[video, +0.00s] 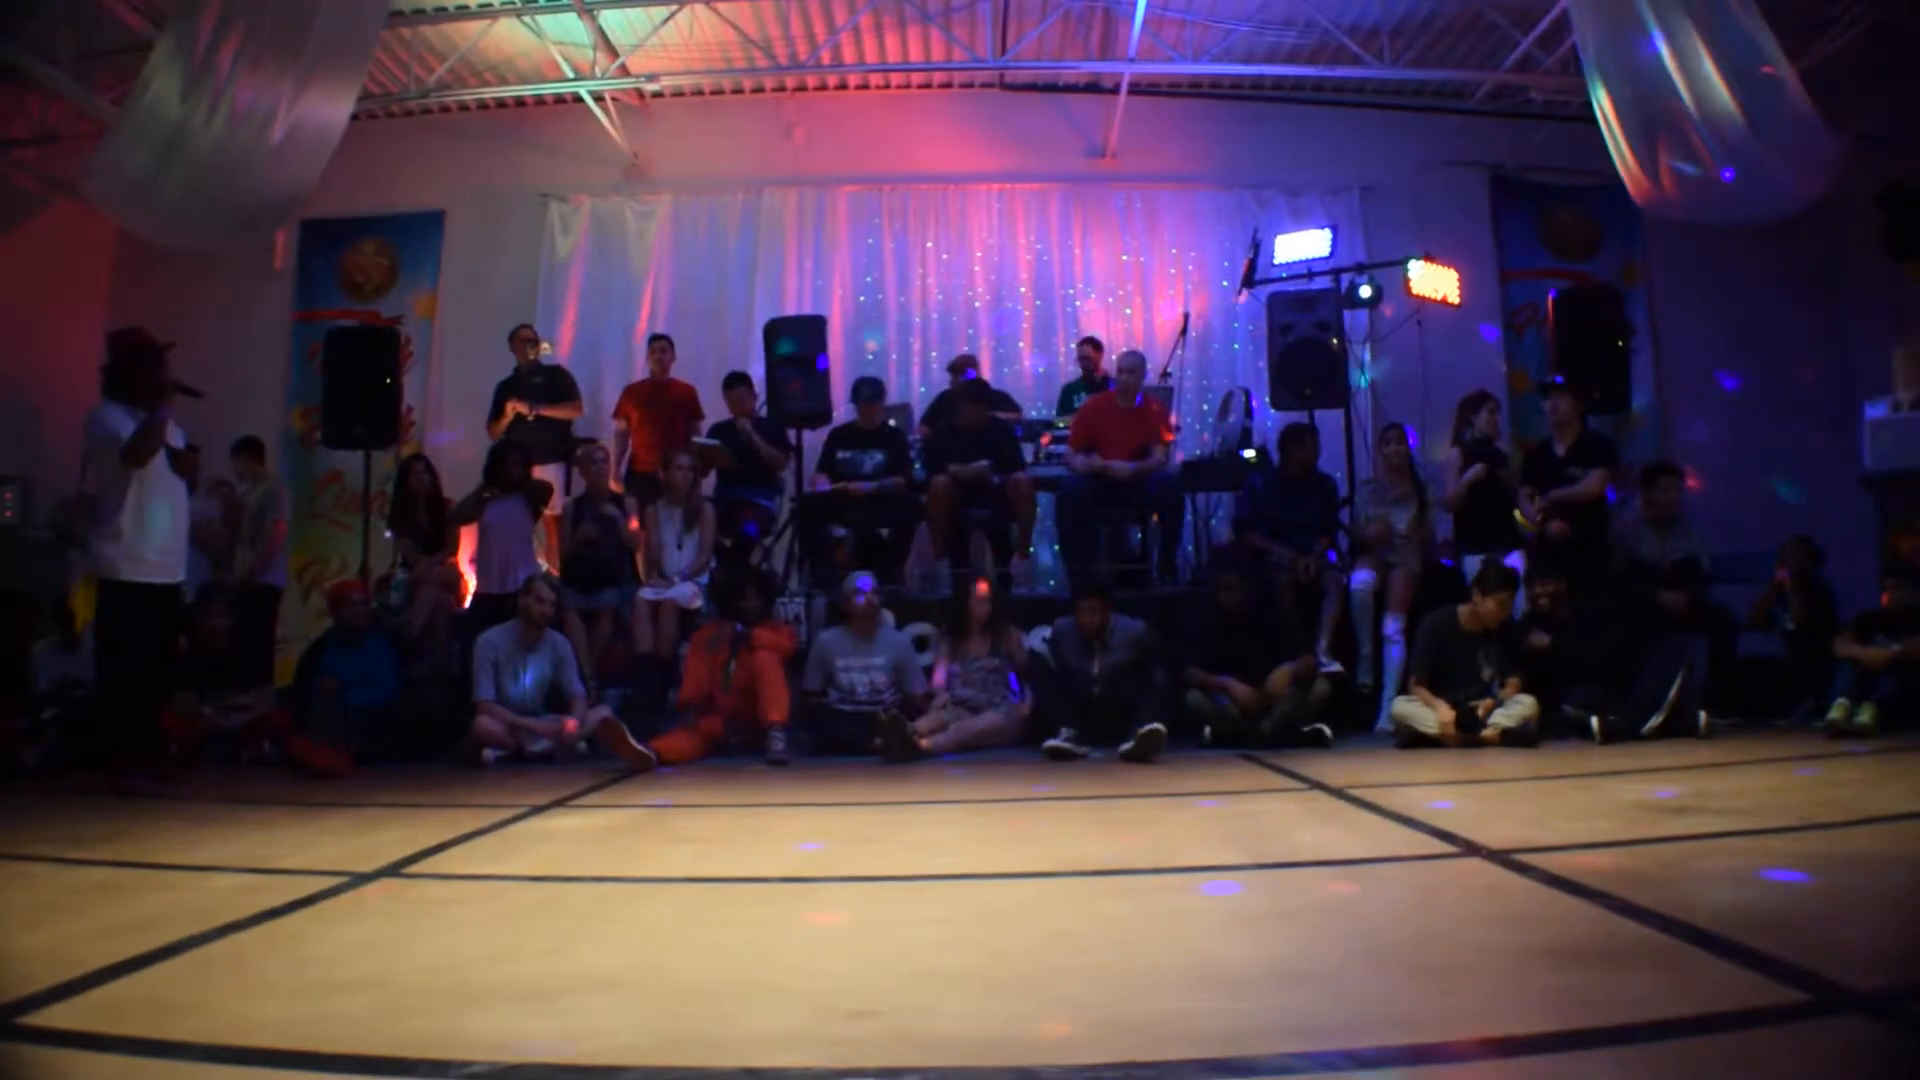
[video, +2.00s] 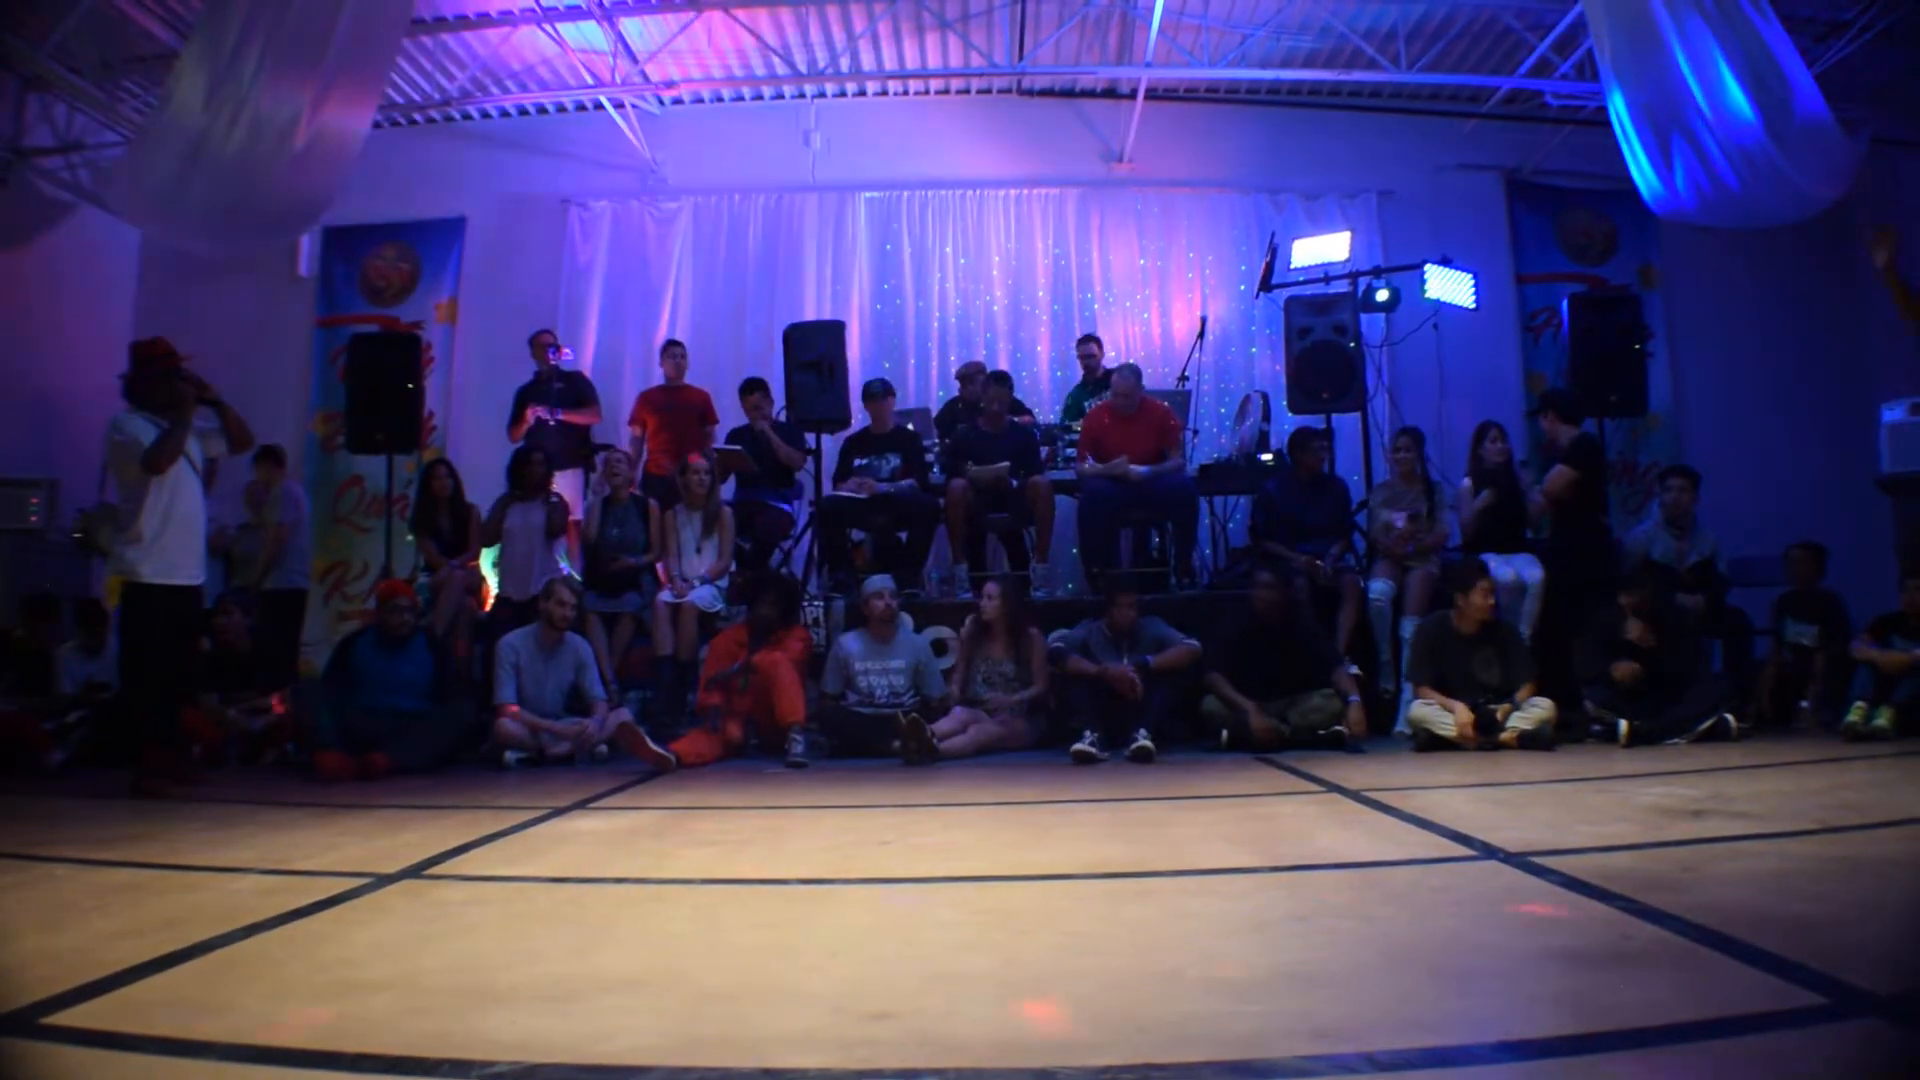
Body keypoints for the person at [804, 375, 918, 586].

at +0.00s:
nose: (868, 411)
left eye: (873, 404)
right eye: (863, 405)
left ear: (882, 405)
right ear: (855, 405)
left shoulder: (894, 436)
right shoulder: (838, 435)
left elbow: (903, 479)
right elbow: (820, 480)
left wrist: (870, 487)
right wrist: (842, 488)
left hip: (881, 501)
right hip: (844, 501)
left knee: (909, 506)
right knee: (809, 506)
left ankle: (890, 572)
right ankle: (821, 574)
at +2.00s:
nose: (879, 406)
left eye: (883, 400)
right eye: (873, 401)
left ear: (893, 401)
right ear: (866, 405)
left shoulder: (909, 438)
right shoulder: (853, 442)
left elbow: (919, 481)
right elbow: (838, 484)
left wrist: (882, 487)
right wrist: (852, 486)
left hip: (897, 502)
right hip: (860, 502)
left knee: (928, 507)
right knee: (827, 507)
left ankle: (909, 579)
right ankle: (841, 578)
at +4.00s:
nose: (903, 409)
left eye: (906, 403)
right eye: (897, 403)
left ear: (908, 405)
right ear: (881, 404)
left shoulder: (914, 439)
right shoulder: (856, 439)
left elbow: (919, 483)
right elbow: (837, 482)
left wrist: (875, 486)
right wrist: (850, 485)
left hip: (897, 502)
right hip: (859, 502)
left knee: (927, 508)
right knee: (826, 507)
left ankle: (909, 579)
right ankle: (839, 577)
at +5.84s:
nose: (893, 405)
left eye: (896, 399)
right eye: (887, 399)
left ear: (900, 402)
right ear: (874, 404)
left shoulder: (912, 438)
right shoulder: (856, 439)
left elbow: (922, 481)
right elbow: (842, 479)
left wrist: (893, 490)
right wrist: (845, 486)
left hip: (899, 503)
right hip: (862, 503)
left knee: (927, 507)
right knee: (829, 507)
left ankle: (909, 576)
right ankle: (838, 574)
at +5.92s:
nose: (893, 404)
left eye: (895, 399)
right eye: (886, 399)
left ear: (899, 401)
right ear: (873, 403)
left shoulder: (912, 437)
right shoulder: (861, 438)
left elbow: (921, 481)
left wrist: (890, 490)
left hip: (907, 502)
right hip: (872, 506)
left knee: (928, 510)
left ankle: (912, 575)